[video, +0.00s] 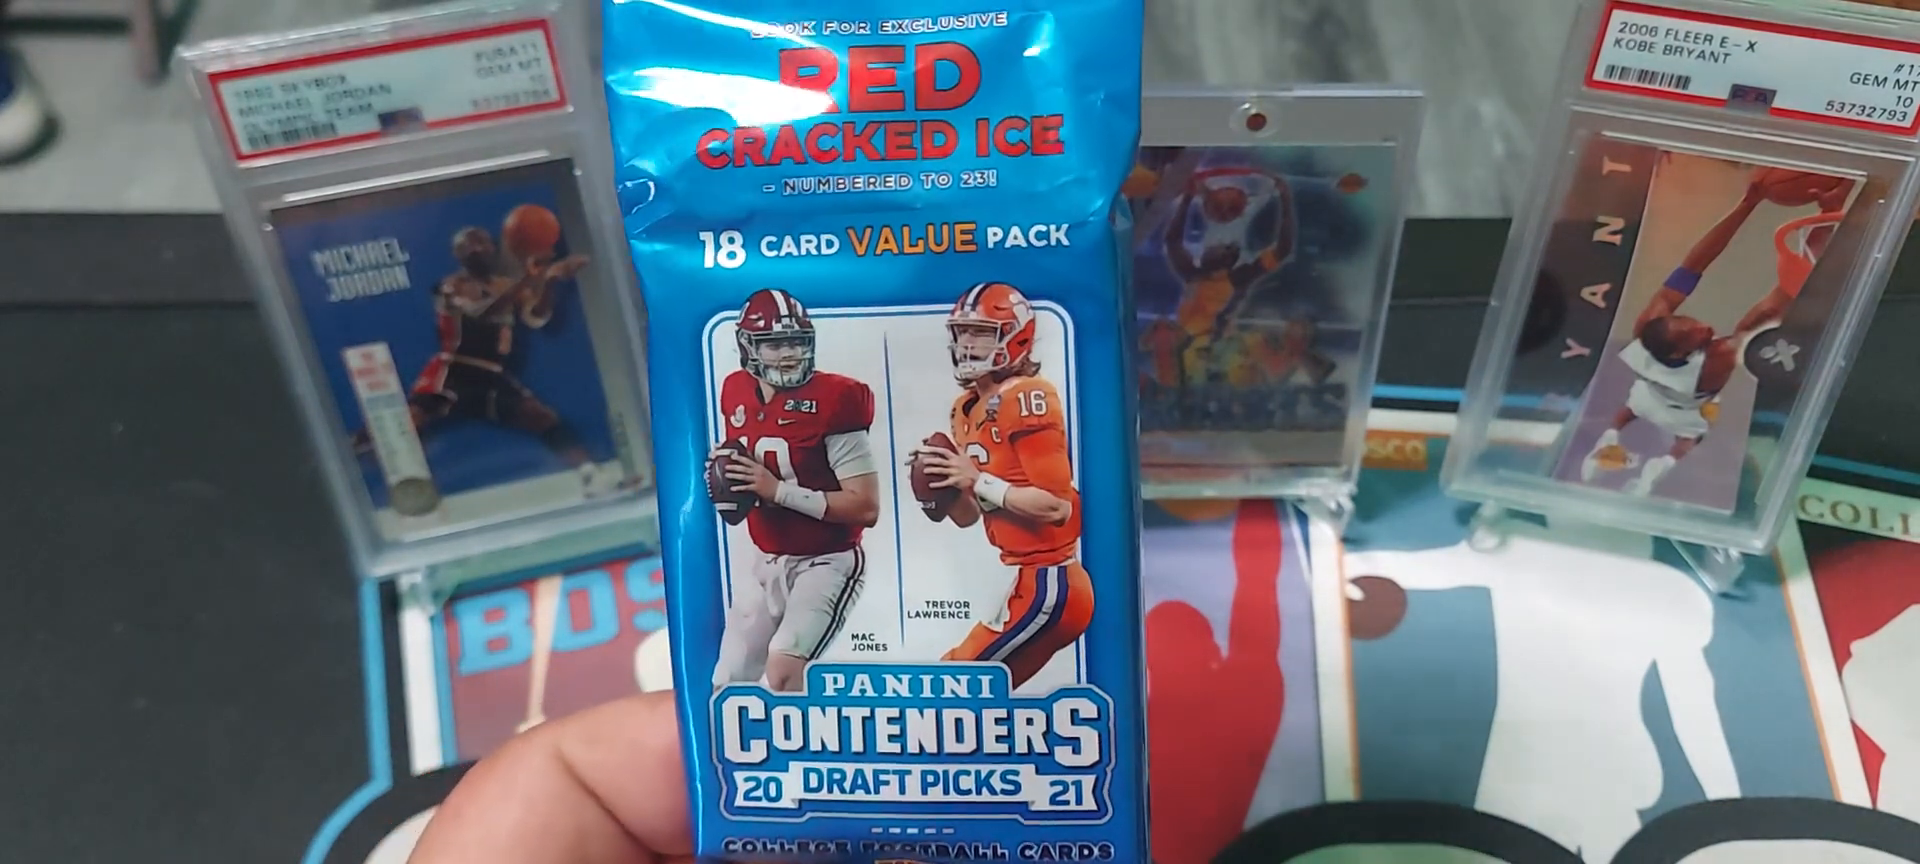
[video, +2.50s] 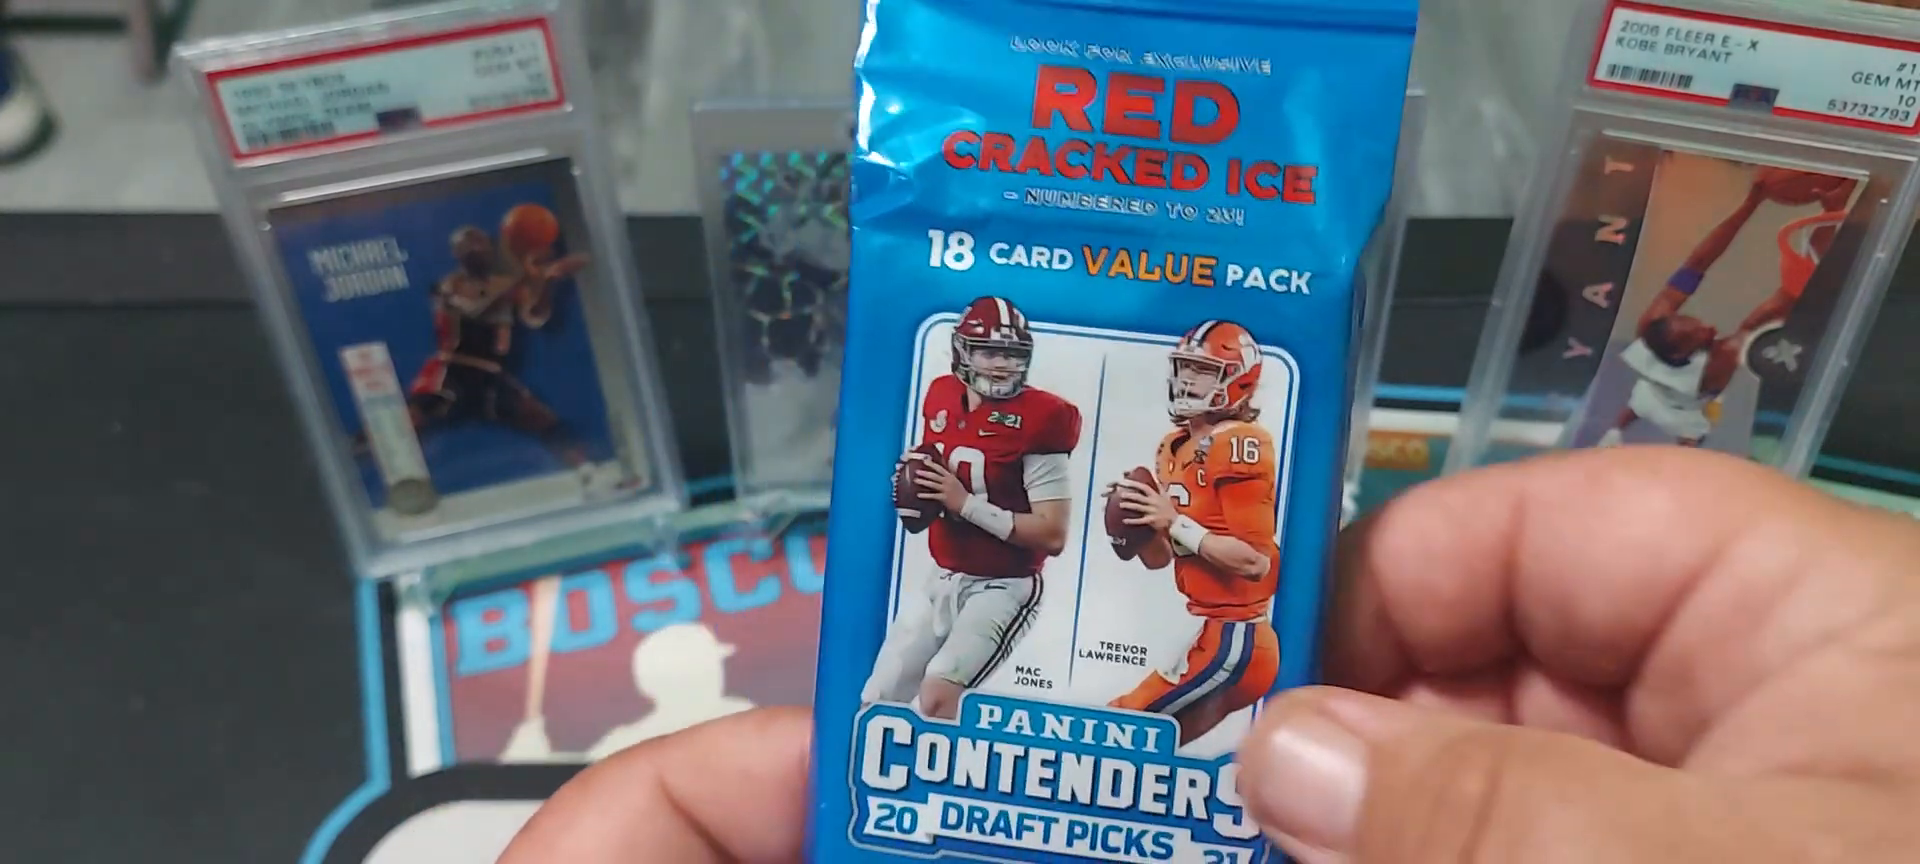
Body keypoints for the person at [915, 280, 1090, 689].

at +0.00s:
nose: (967, 346)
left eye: (981, 335)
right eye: (962, 334)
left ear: (1015, 339)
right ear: (953, 337)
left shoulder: (1027, 396)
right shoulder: (964, 409)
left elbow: (1054, 505)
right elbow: (966, 515)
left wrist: (976, 479)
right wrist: (937, 485)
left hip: (1050, 585)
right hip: (1030, 582)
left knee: (947, 689)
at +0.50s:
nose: (965, 336)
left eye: (979, 325)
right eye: (961, 324)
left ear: (1013, 329)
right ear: (951, 326)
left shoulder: (1025, 385)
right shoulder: (962, 399)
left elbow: (1053, 495)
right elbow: (964, 506)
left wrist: (974, 470)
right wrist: (935, 474)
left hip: (1047, 575)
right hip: (1030, 572)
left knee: (944, 682)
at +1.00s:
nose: (974, 344)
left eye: (987, 333)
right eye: (969, 332)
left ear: (1020, 337)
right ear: (959, 335)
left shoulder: (1032, 394)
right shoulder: (970, 407)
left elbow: (1061, 502)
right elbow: (971, 514)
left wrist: (982, 478)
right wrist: (943, 479)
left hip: (1055, 582)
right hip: (1036, 579)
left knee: (955, 688)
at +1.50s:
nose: (988, 359)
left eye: (1002, 348)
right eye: (983, 347)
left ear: (1034, 353)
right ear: (974, 350)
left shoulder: (1046, 410)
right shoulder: (985, 422)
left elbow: (1074, 517)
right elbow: (984, 528)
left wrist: (996, 492)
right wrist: (957, 491)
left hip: (1067, 597)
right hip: (1050, 594)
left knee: (964, 702)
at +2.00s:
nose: (1087, 412)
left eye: (1103, 399)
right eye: (1082, 398)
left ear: (1139, 409)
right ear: (1074, 401)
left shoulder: (1151, 468)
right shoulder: (1086, 479)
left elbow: (1180, 587)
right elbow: (1081, 592)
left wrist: (1093, 556)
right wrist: (1050, 563)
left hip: (1169, 672)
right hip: (1145, 668)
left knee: (1057, 778)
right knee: (1073, 788)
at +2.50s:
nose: (1187, 383)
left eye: (1203, 373)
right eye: (1184, 369)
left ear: (1238, 382)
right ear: (1173, 370)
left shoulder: (1242, 443)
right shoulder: (1173, 445)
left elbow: (1253, 559)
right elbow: (1158, 558)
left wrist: (1173, 522)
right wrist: (1135, 522)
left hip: (1236, 642)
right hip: (1213, 637)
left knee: (1112, 735)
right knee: (1129, 746)